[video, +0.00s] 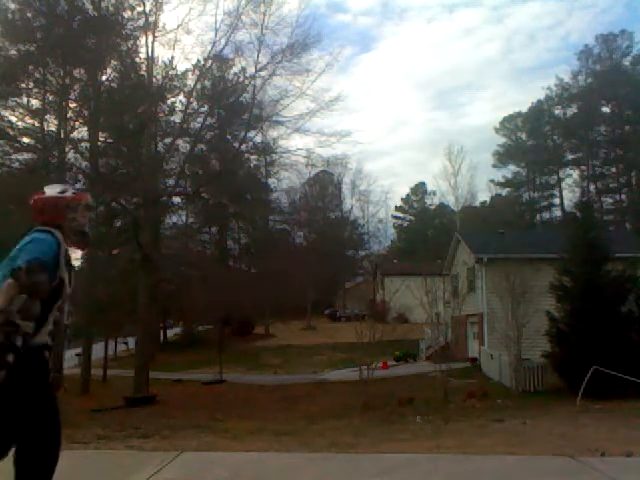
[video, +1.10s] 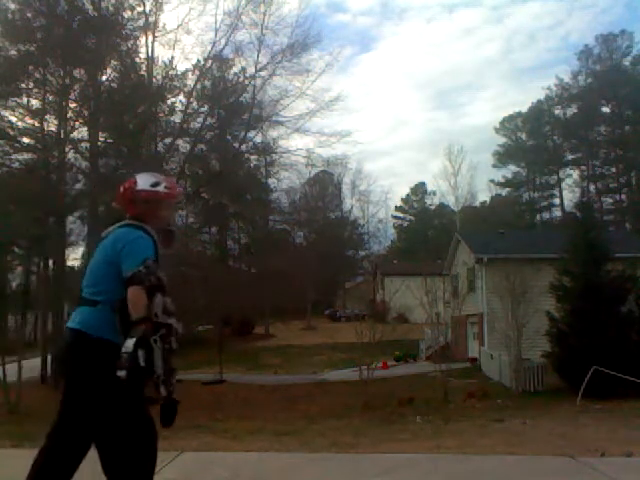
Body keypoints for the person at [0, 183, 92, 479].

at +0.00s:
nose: (84, 220)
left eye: (84, 212)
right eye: (77, 212)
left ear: (60, 215)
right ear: (59, 215)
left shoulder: (56, 248)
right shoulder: (44, 243)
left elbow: (54, 315)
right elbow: (15, 290)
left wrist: (54, 366)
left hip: (34, 359)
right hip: (23, 359)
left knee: (41, 443)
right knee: (41, 443)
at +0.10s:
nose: (87, 215)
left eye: (87, 209)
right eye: (82, 209)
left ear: (56, 210)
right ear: (69, 210)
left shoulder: (47, 236)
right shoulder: (59, 240)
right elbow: (37, 299)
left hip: (15, 340)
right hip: (25, 345)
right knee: (45, 431)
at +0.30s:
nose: (100, 211)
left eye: (99, 204)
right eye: (94, 204)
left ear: (67, 205)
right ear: (77, 205)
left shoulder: (53, 231)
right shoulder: (77, 232)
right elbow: (81, 274)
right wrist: (93, 307)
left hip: (21, 329)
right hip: (37, 333)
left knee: (44, 423)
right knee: (72, 421)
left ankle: (33, 476)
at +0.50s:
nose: (110, 206)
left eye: (109, 199)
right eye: (105, 200)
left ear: (75, 204)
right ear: (89, 202)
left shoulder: (56, 234)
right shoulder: (97, 234)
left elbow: (24, 282)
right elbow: (117, 287)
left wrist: (15, 333)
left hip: (40, 332)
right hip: (65, 336)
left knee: (54, 426)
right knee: (98, 423)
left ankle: (43, 474)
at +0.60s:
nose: (123, 214)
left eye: (122, 208)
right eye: (118, 208)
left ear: (85, 211)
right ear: (101, 210)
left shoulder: (63, 244)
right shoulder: (109, 242)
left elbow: (25, 293)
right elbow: (135, 298)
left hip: (47, 345)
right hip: (75, 347)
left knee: (66, 437)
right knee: (115, 433)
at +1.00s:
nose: (161, 211)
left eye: (160, 204)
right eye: (156, 205)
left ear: (127, 207)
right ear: (142, 206)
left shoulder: (107, 234)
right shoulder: (139, 238)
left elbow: (68, 277)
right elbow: (148, 291)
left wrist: (63, 313)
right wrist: (160, 333)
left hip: (71, 337)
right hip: (93, 342)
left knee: (67, 431)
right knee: (130, 432)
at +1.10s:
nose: (171, 214)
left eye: (171, 207)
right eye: (166, 207)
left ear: (138, 207)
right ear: (148, 207)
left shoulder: (121, 235)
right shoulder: (136, 238)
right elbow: (137, 300)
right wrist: (149, 359)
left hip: (88, 339)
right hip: (97, 343)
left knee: (72, 435)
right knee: (133, 439)